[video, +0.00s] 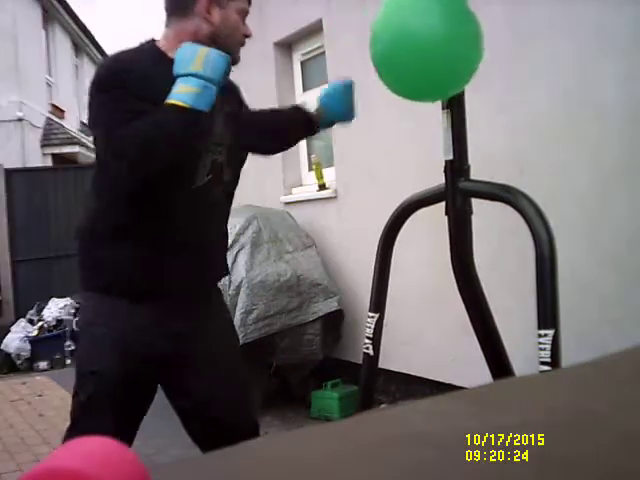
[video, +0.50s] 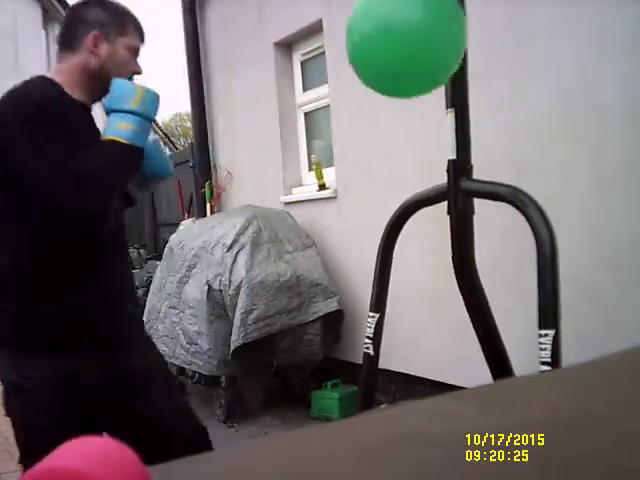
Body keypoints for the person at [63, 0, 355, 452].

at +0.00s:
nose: (249, 31)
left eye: (248, 17)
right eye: (243, 14)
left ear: (207, 13)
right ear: (207, 10)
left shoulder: (222, 92)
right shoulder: (123, 73)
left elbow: (255, 132)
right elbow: (129, 162)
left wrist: (316, 113)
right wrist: (190, 88)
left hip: (195, 300)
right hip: (123, 302)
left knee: (238, 447)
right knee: (92, 454)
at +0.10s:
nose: (239, 36)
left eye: (240, 23)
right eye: (235, 20)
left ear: (200, 17)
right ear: (200, 14)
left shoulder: (190, 87)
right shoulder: (122, 76)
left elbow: (183, 180)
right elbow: (157, 164)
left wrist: (244, 176)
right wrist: (207, 92)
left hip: (193, 303)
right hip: (130, 304)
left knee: (239, 444)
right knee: (104, 453)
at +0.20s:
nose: (223, 43)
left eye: (225, 32)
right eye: (219, 29)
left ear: (182, 23)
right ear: (184, 21)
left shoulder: (166, 93)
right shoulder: (120, 78)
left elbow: (159, 195)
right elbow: (168, 159)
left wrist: (213, 176)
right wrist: (213, 94)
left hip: (179, 309)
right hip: (126, 313)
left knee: (230, 432)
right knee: (110, 455)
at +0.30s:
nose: (197, 52)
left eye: (200, 41)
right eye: (194, 38)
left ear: (159, 32)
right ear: (160, 30)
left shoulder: (142, 102)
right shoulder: (100, 87)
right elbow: (155, 169)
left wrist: (192, 156)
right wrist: (196, 102)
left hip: (162, 317)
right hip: (104, 324)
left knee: (221, 444)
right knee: (105, 466)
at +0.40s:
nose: (168, 63)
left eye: (169, 51)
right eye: (163, 48)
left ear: (127, 44)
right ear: (128, 40)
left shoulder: (112, 113)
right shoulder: (65, 100)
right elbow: (125, 180)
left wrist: (166, 146)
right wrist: (161, 124)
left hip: (137, 333)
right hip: (76, 341)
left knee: (209, 450)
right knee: (81, 472)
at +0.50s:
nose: (139, 68)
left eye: (138, 55)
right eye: (133, 52)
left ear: (96, 49)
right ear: (97, 45)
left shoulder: (79, 121)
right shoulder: (28, 108)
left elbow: (90, 205)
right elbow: (78, 201)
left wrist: (132, 175)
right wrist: (123, 134)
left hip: (106, 333)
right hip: (54, 341)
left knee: (180, 450)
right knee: (64, 468)